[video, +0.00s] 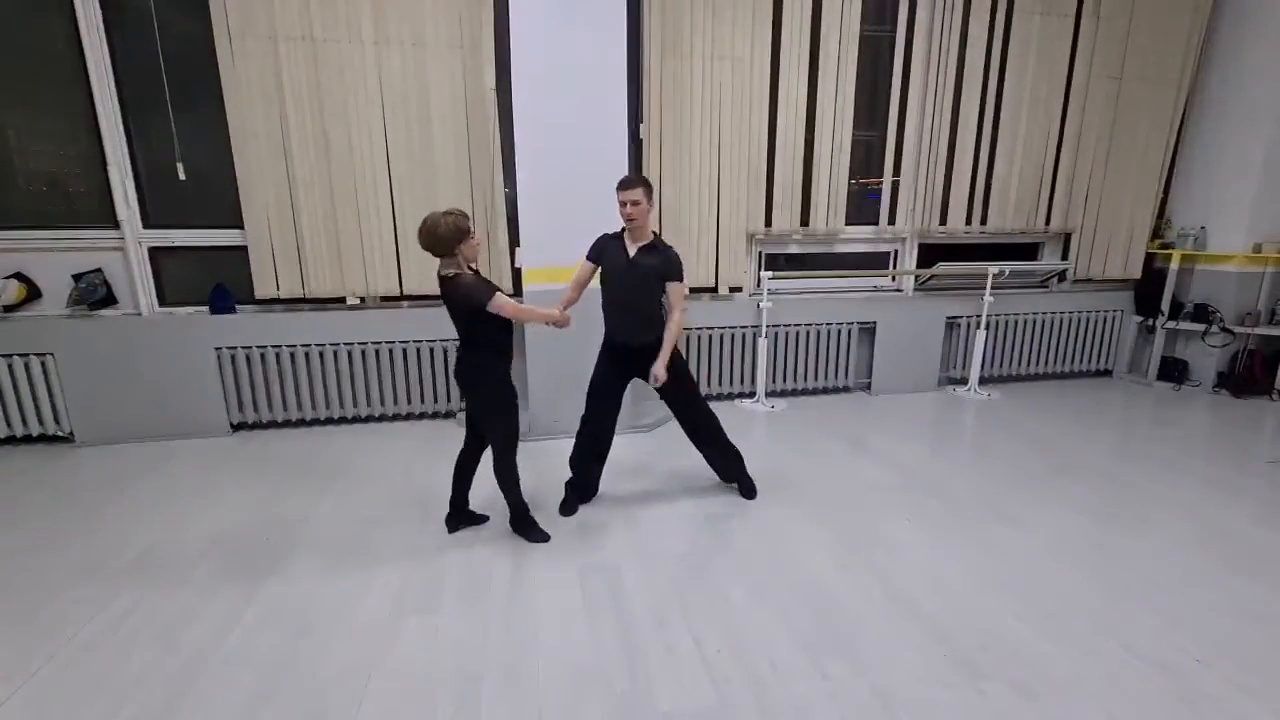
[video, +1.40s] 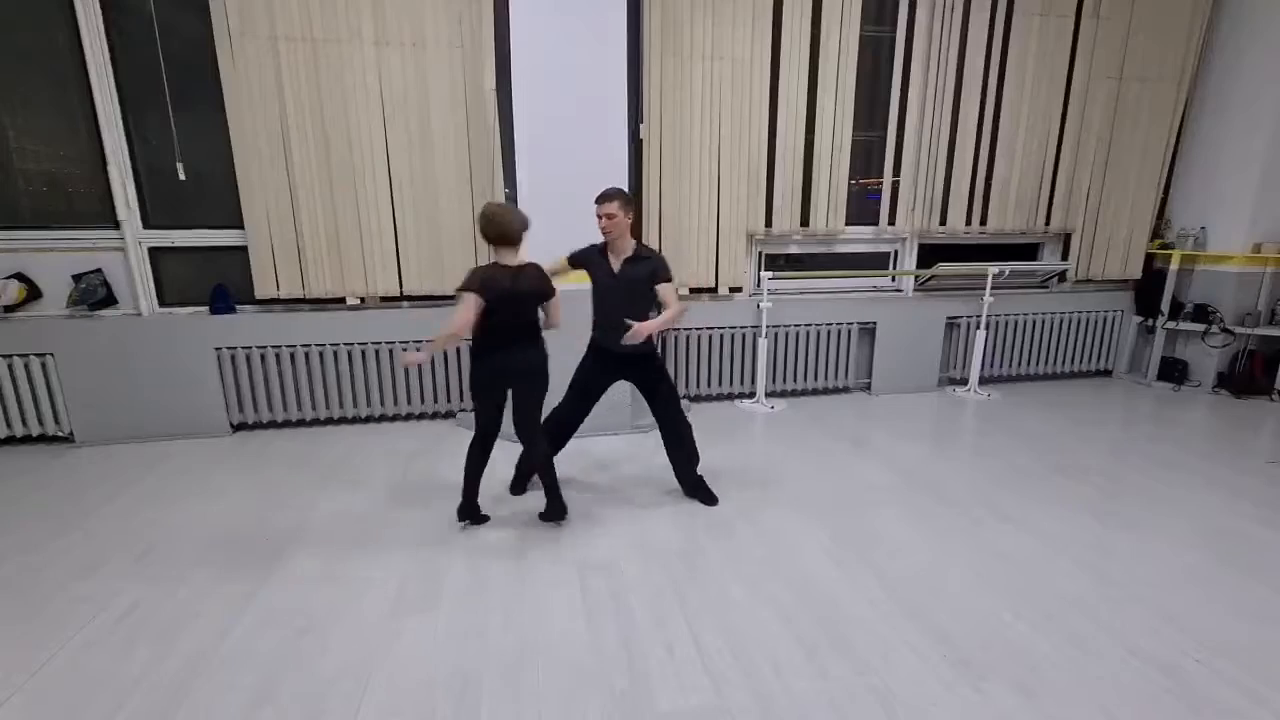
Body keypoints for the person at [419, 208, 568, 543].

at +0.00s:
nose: (479, 238)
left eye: (474, 233)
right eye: (472, 235)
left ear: (450, 248)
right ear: (458, 246)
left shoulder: (452, 277)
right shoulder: (468, 284)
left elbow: (503, 306)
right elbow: (512, 312)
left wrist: (540, 315)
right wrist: (552, 316)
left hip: (474, 370)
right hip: (488, 375)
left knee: (475, 441)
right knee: (505, 444)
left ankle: (458, 510)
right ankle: (520, 516)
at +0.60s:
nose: (473, 255)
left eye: (471, 249)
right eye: (466, 252)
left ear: (450, 259)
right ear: (448, 260)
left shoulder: (454, 288)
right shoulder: (445, 297)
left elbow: (491, 319)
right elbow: (496, 324)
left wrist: (531, 322)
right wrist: (542, 321)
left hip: (450, 381)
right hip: (442, 386)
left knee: (475, 439)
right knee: (495, 438)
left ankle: (458, 512)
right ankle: (536, 505)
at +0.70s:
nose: (472, 257)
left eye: (471, 251)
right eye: (465, 253)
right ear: (446, 261)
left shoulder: (472, 290)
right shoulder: (429, 296)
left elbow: (496, 323)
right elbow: (472, 320)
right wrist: (522, 314)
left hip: (464, 383)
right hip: (435, 388)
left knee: (484, 440)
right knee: (485, 442)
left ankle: (459, 512)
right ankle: (535, 507)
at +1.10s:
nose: (480, 256)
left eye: (478, 250)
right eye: (475, 251)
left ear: (460, 258)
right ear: (457, 259)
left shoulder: (478, 289)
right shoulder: (441, 301)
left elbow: (501, 318)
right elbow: (489, 321)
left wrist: (523, 348)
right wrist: (541, 318)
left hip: (472, 383)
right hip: (448, 388)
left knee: (485, 440)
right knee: (508, 432)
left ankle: (457, 510)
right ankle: (532, 502)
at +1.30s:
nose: (506, 248)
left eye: (504, 242)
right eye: (503, 243)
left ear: (468, 248)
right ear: (492, 248)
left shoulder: (450, 285)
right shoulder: (510, 287)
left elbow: (413, 315)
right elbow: (551, 319)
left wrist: (392, 336)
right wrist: (576, 334)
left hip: (466, 379)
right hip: (503, 379)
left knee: (484, 436)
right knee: (538, 433)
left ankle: (461, 507)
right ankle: (552, 507)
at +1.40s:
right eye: (523, 231)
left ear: (487, 238)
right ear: (522, 236)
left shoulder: (479, 277)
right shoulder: (535, 274)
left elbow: (461, 327)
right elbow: (554, 321)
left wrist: (426, 352)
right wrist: (528, 322)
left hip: (489, 367)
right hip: (530, 365)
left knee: (485, 433)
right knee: (530, 427)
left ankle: (469, 503)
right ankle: (555, 501)